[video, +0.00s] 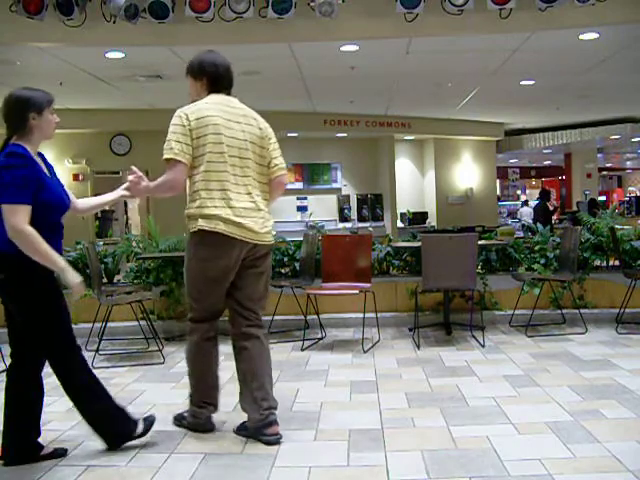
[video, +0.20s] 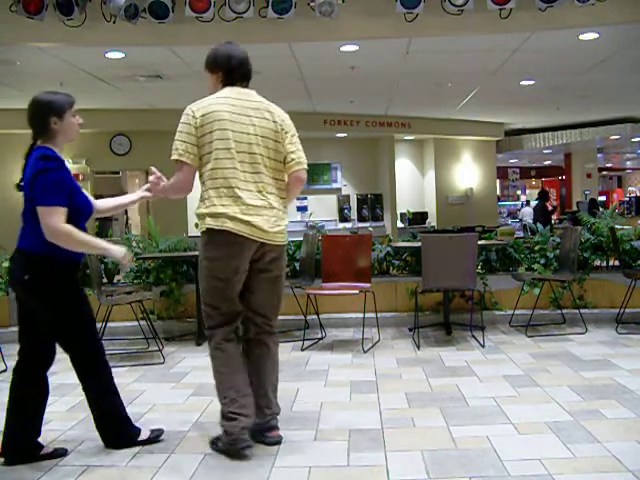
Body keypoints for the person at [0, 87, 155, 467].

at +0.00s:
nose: (57, 119)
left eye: (55, 113)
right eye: (52, 113)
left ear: (34, 119)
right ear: (33, 119)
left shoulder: (36, 159)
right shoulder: (16, 160)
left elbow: (73, 207)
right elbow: (16, 227)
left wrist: (121, 193)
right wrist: (63, 269)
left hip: (35, 269)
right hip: (25, 271)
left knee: (27, 360)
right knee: (65, 352)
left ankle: (20, 447)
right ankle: (118, 429)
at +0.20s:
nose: (81, 122)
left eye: (78, 115)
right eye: (74, 116)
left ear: (52, 123)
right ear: (54, 123)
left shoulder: (49, 161)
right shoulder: (49, 164)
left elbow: (90, 208)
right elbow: (54, 229)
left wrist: (140, 195)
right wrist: (109, 247)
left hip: (34, 271)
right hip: (51, 273)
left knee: (34, 360)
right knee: (89, 354)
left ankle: (19, 446)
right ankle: (120, 433)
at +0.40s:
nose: (104, 118)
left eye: (102, 112)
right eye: (98, 113)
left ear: (76, 121)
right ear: (78, 120)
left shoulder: (73, 157)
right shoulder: (76, 160)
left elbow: (114, 204)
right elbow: (85, 222)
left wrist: (166, 196)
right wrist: (138, 227)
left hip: (62, 262)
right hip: (82, 264)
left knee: (63, 349)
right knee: (109, 347)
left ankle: (27, 434)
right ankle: (120, 433)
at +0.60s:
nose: (127, 134)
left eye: (126, 128)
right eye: (120, 128)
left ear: (101, 134)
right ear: (98, 133)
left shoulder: (105, 171)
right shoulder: (95, 174)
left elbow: (138, 215)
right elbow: (110, 231)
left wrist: (185, 203)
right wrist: (165, 229)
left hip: (112, 270)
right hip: (104, 272)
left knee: (134, 348)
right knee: (137, 350)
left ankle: (77, 415)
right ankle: (126, 434)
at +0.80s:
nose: (147, 126)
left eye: (146, 120)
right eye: (139, 120)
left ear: (136, 126)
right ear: (117, 126)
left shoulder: (133, 162)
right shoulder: (114, 164)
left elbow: (146, 213)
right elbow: (122, 219)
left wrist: (187, 215)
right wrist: (181, 217)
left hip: (140, 263)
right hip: (121, 266)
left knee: (169, 332)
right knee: (139, 344)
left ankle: (176, 409)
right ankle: (124, 432)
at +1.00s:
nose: (167, 126)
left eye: (169, 120)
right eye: (159, 121)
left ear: (170, 127)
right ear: (140, 128)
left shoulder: (172, 166)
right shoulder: (130, 163)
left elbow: (180, 210)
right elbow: (132, 219)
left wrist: (205, 216)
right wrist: (182, 218)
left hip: (171, 263)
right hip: (139, 264)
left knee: (196, 336)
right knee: (140, 349)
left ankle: (217, 403)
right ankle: (124, 431)